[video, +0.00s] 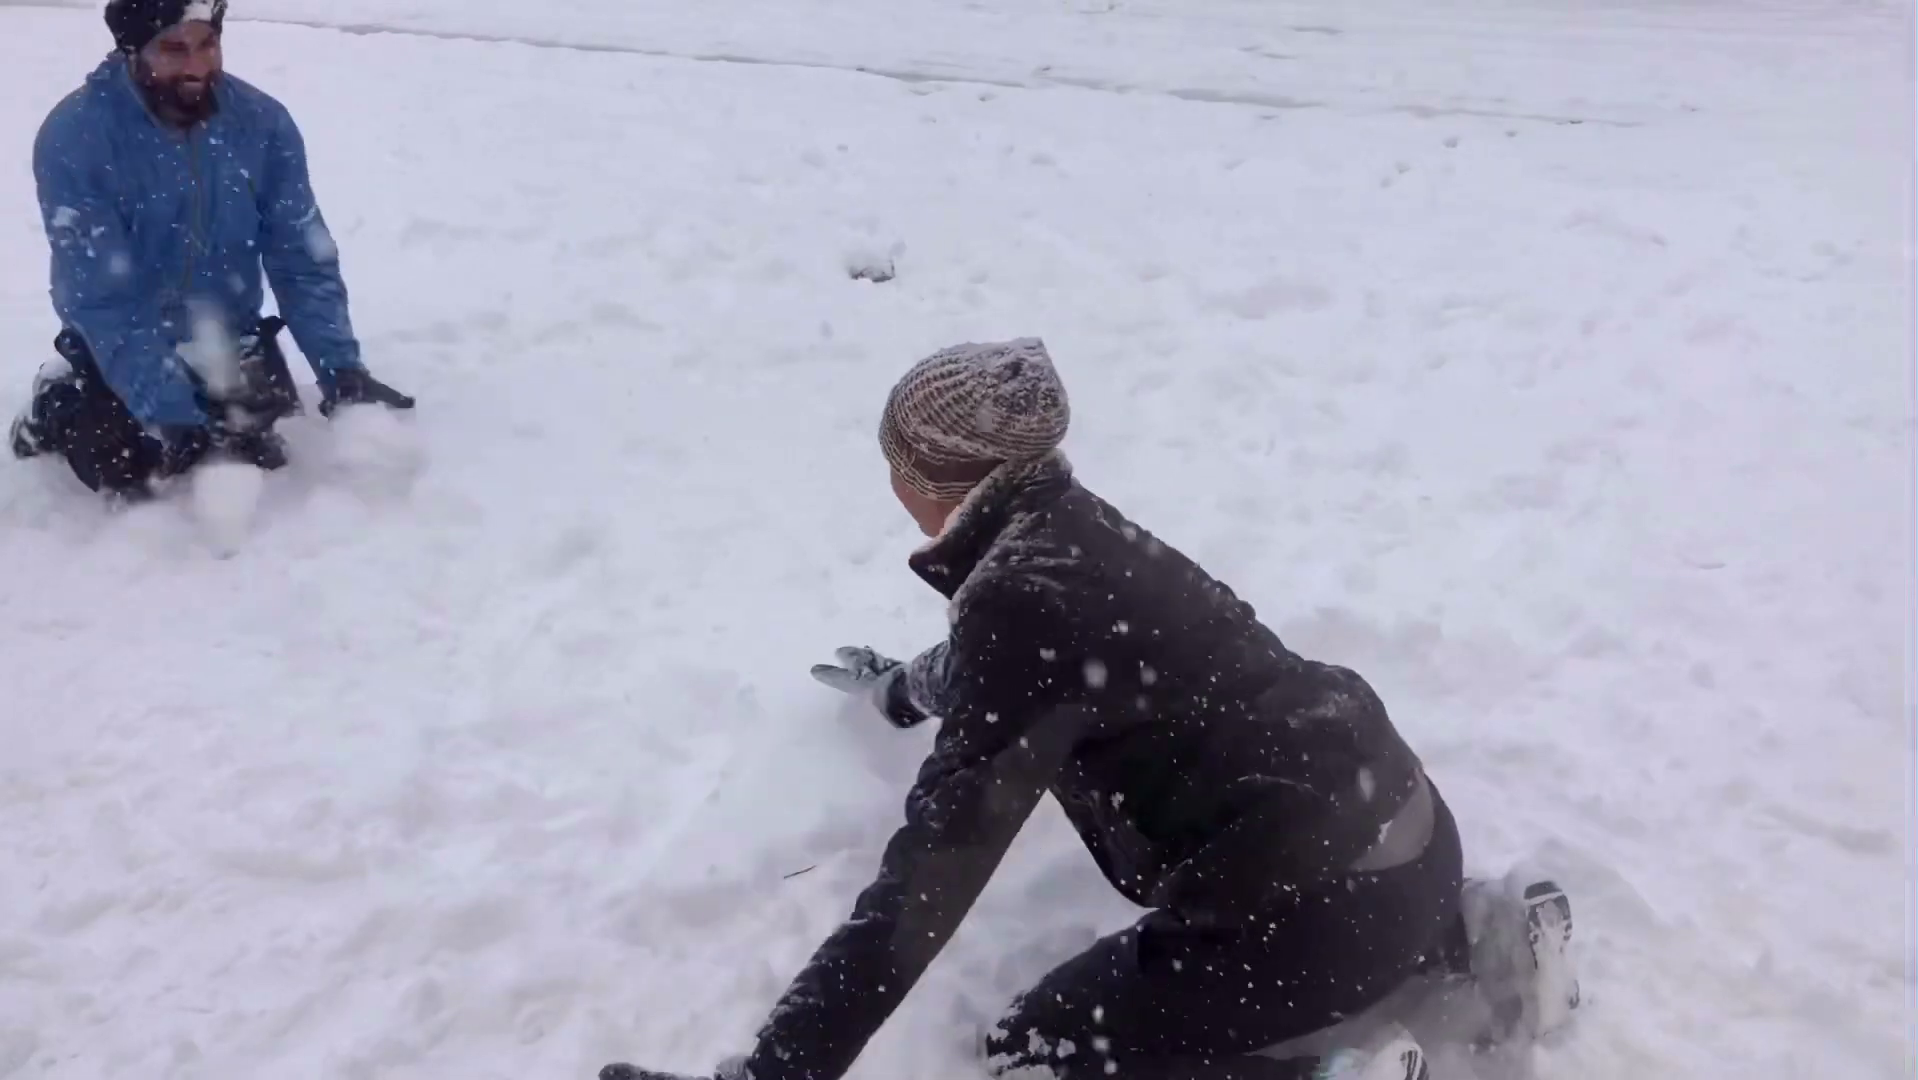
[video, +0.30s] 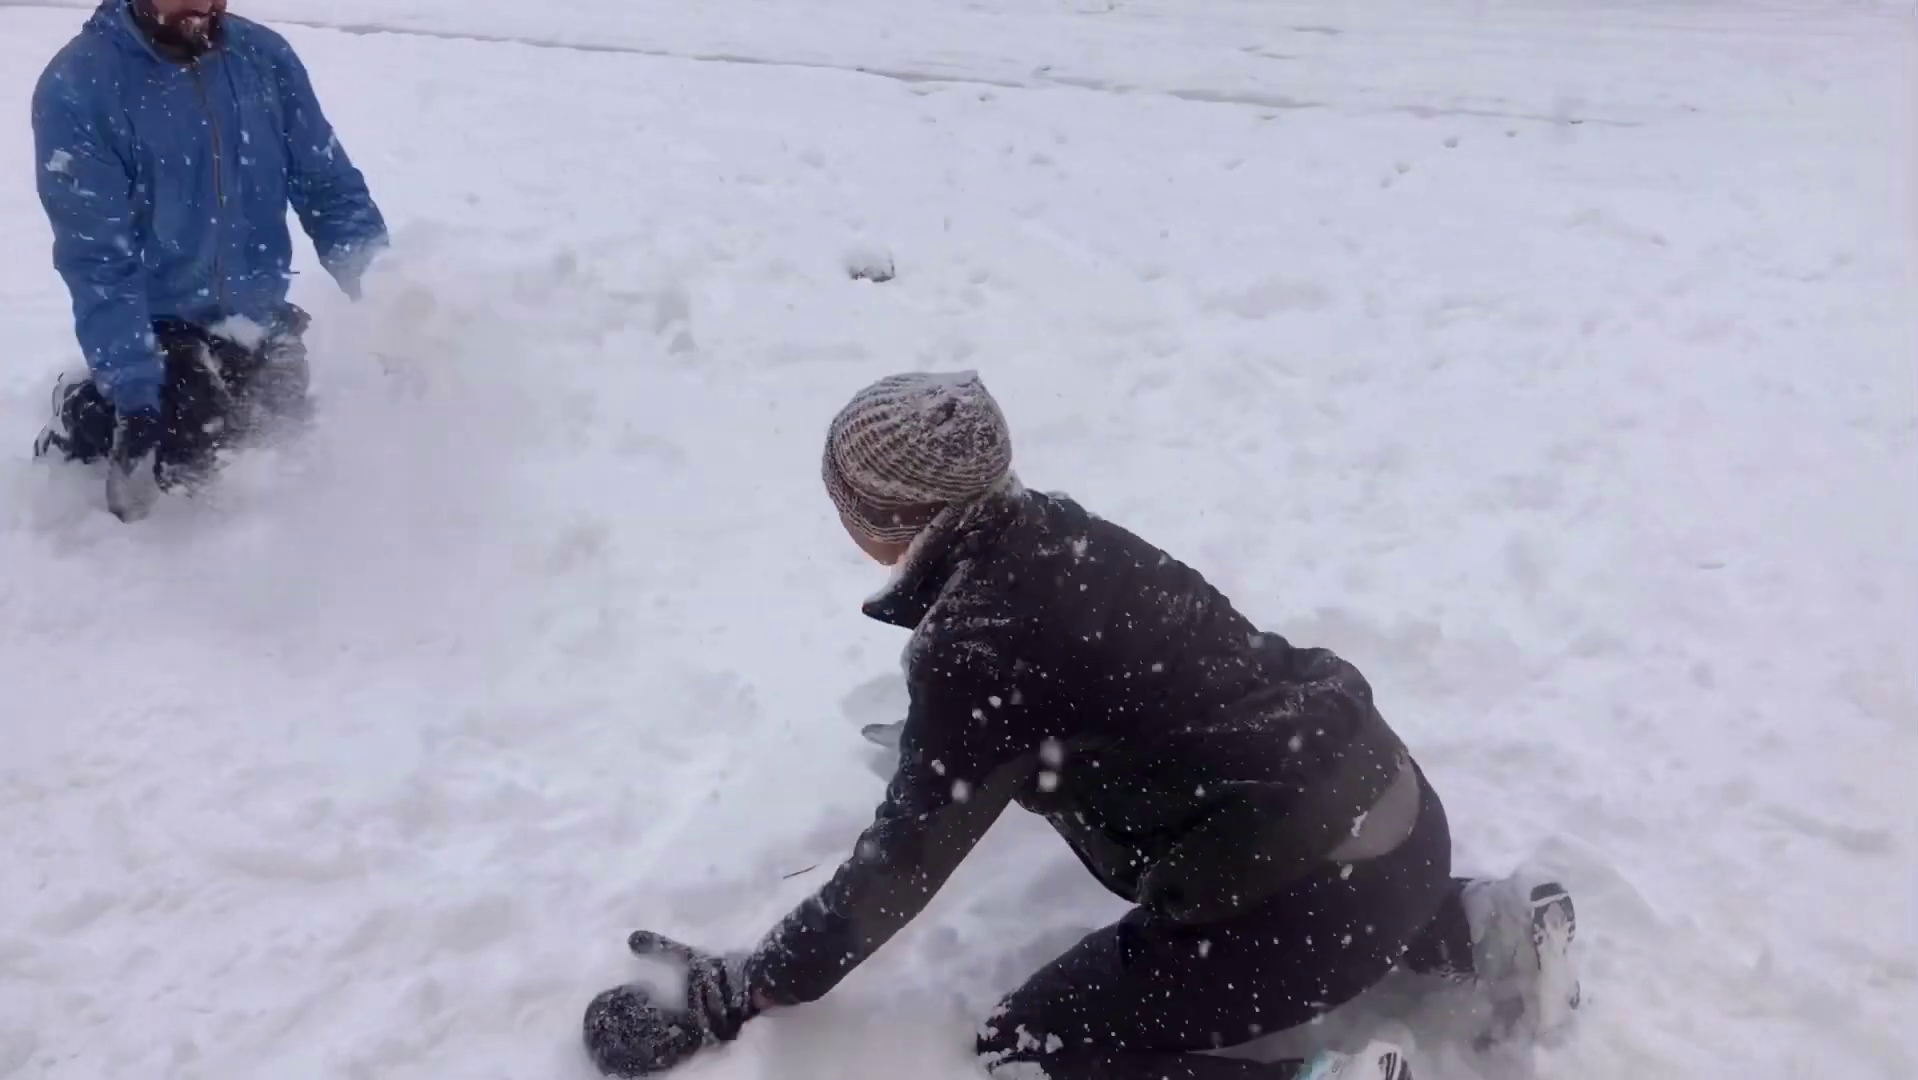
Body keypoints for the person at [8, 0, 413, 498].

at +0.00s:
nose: (197, 67)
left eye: (207, 45)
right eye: (175, 50)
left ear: (221, 40)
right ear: (134, 51)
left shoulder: (262, 124)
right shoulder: (76, 136)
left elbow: (304, 262)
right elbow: (99, 300)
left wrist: (343, 372)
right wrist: (180, 424)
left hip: (231, 331)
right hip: (128, 336)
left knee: (263, 420)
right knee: (139, 473)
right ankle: (60, 407)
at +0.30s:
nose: (205, 5)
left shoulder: (264, 57)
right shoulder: (79, 87)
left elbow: (330, 191)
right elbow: (97, 262)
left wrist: (391, 301)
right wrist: (134, 404)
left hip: (260, 315)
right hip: (160, 326)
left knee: (286, 442)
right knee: (201, 458)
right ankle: (92, 418)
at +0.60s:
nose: (218, 25)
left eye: (227, 4)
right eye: (194, 8)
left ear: (241, 4)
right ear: (149, 11)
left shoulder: (264, 74)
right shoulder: (101, 121)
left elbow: (321, 214)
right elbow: (103, 301)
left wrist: (368, 334)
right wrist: (123, 443)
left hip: (274, 344)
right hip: (185, 364)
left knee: (310, 481)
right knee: (273, 512)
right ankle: (141, 477)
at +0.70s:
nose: (226, 48)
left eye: (237, 25)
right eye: (202, 31)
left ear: (252, 17)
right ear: (156, 34)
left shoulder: (262, 86)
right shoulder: (116, 141)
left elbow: (312, 222)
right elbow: (128, 321)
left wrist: (362, 339)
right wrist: (136, 474)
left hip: (275, 360)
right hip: (195, 392)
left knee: (313, 477)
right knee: (273, 530)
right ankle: (142, 488)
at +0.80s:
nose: (237, 81)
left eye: (248, 57)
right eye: (212, 62)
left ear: (261, 49)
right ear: (165, 63)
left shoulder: (268, 104)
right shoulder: (121, 164)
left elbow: (312, 233)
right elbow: (154, 363)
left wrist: (364, 345)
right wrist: (202, 518)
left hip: (268, 358)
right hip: (195, 390)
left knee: (309, 471)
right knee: (283, 533)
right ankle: (147, 477)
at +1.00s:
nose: (249, 131)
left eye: (261, 106)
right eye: (225, 111)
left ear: (275, 94)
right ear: (180, 108)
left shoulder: (295, 148)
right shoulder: (104, 193)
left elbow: (333, 281)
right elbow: (127, 383)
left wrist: (376, 397)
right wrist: (218, 479)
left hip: (279, 377)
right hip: (176, 397)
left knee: (304, 453)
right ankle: (133, 491)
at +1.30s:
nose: (265, 148)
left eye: (276, 124)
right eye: (241, 130)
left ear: (288, 109)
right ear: (191, 124)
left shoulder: (316, 164)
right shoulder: (106, 207)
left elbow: (364, 306)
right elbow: (111, 379)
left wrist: (406, 445)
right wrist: (149, 511)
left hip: (290, 358)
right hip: (184, 390)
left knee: (376, 418)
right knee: (277, 529)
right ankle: (137, 498)